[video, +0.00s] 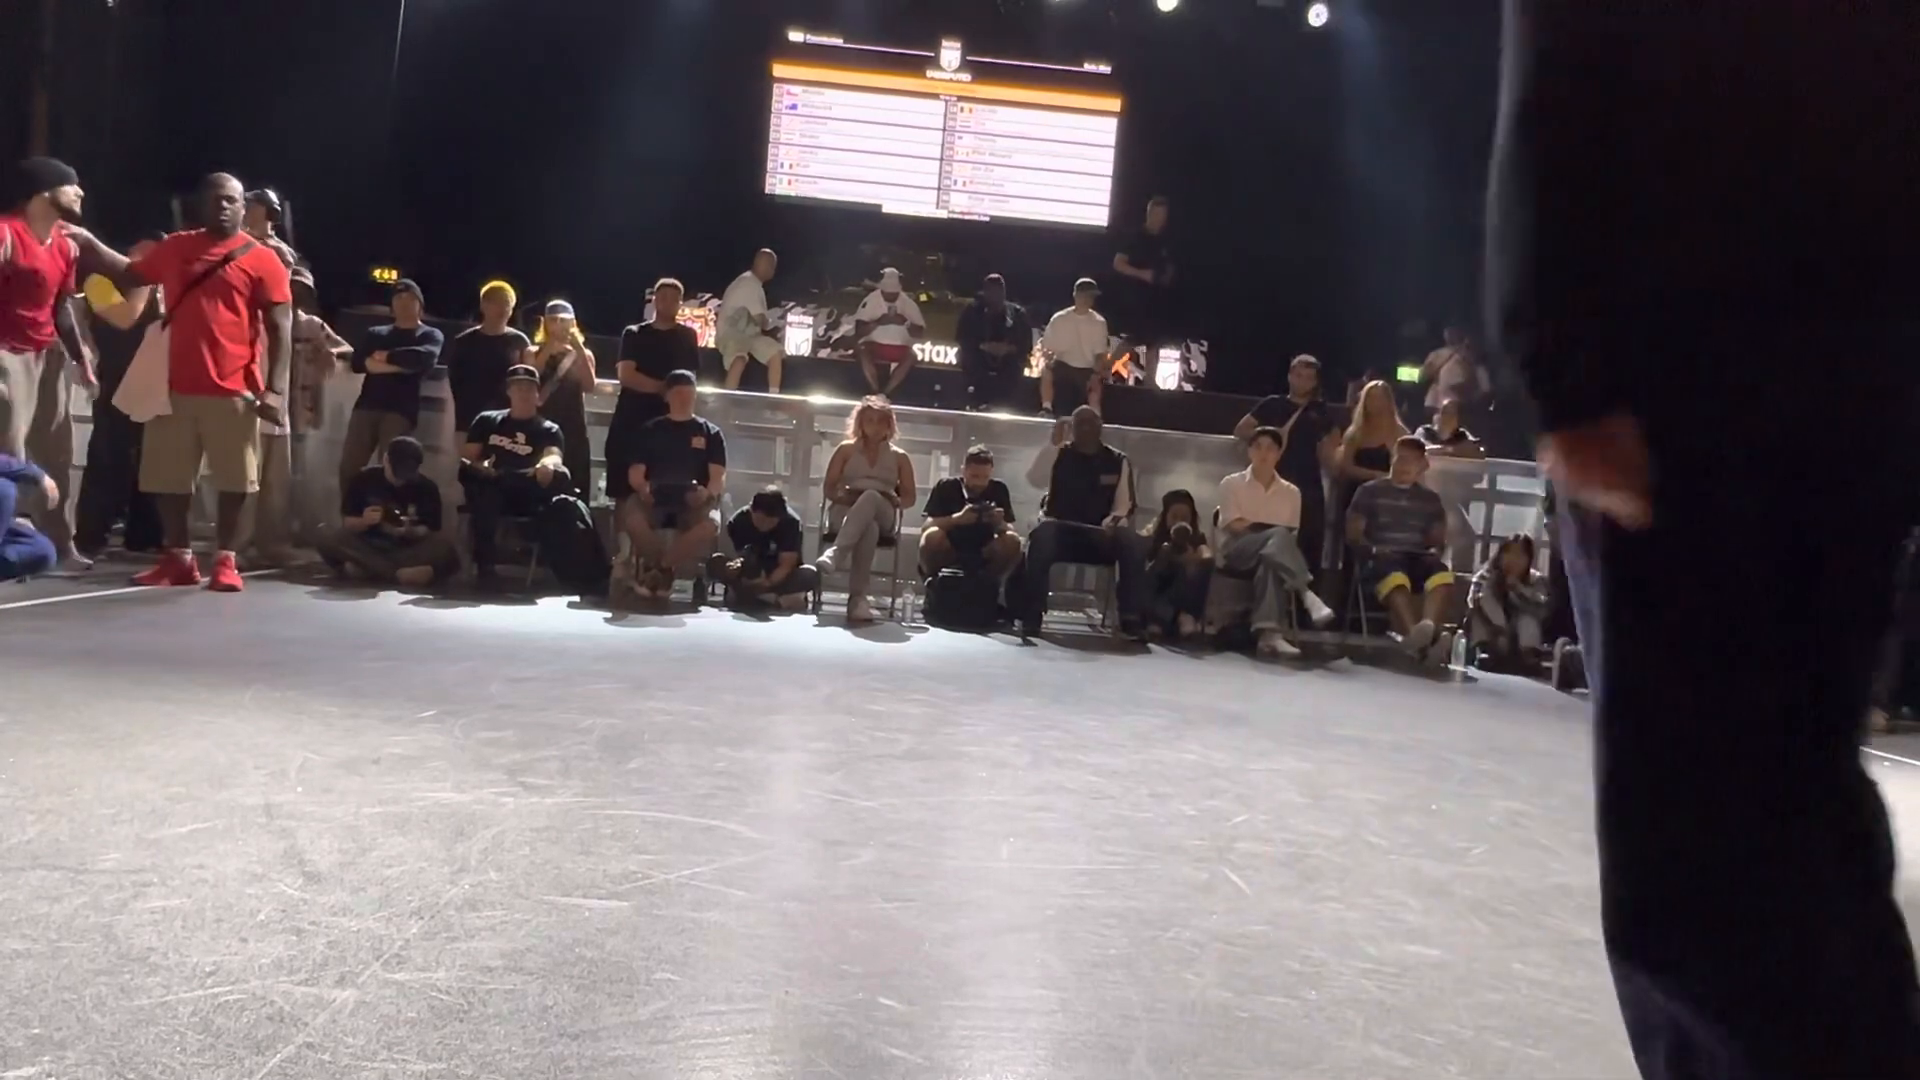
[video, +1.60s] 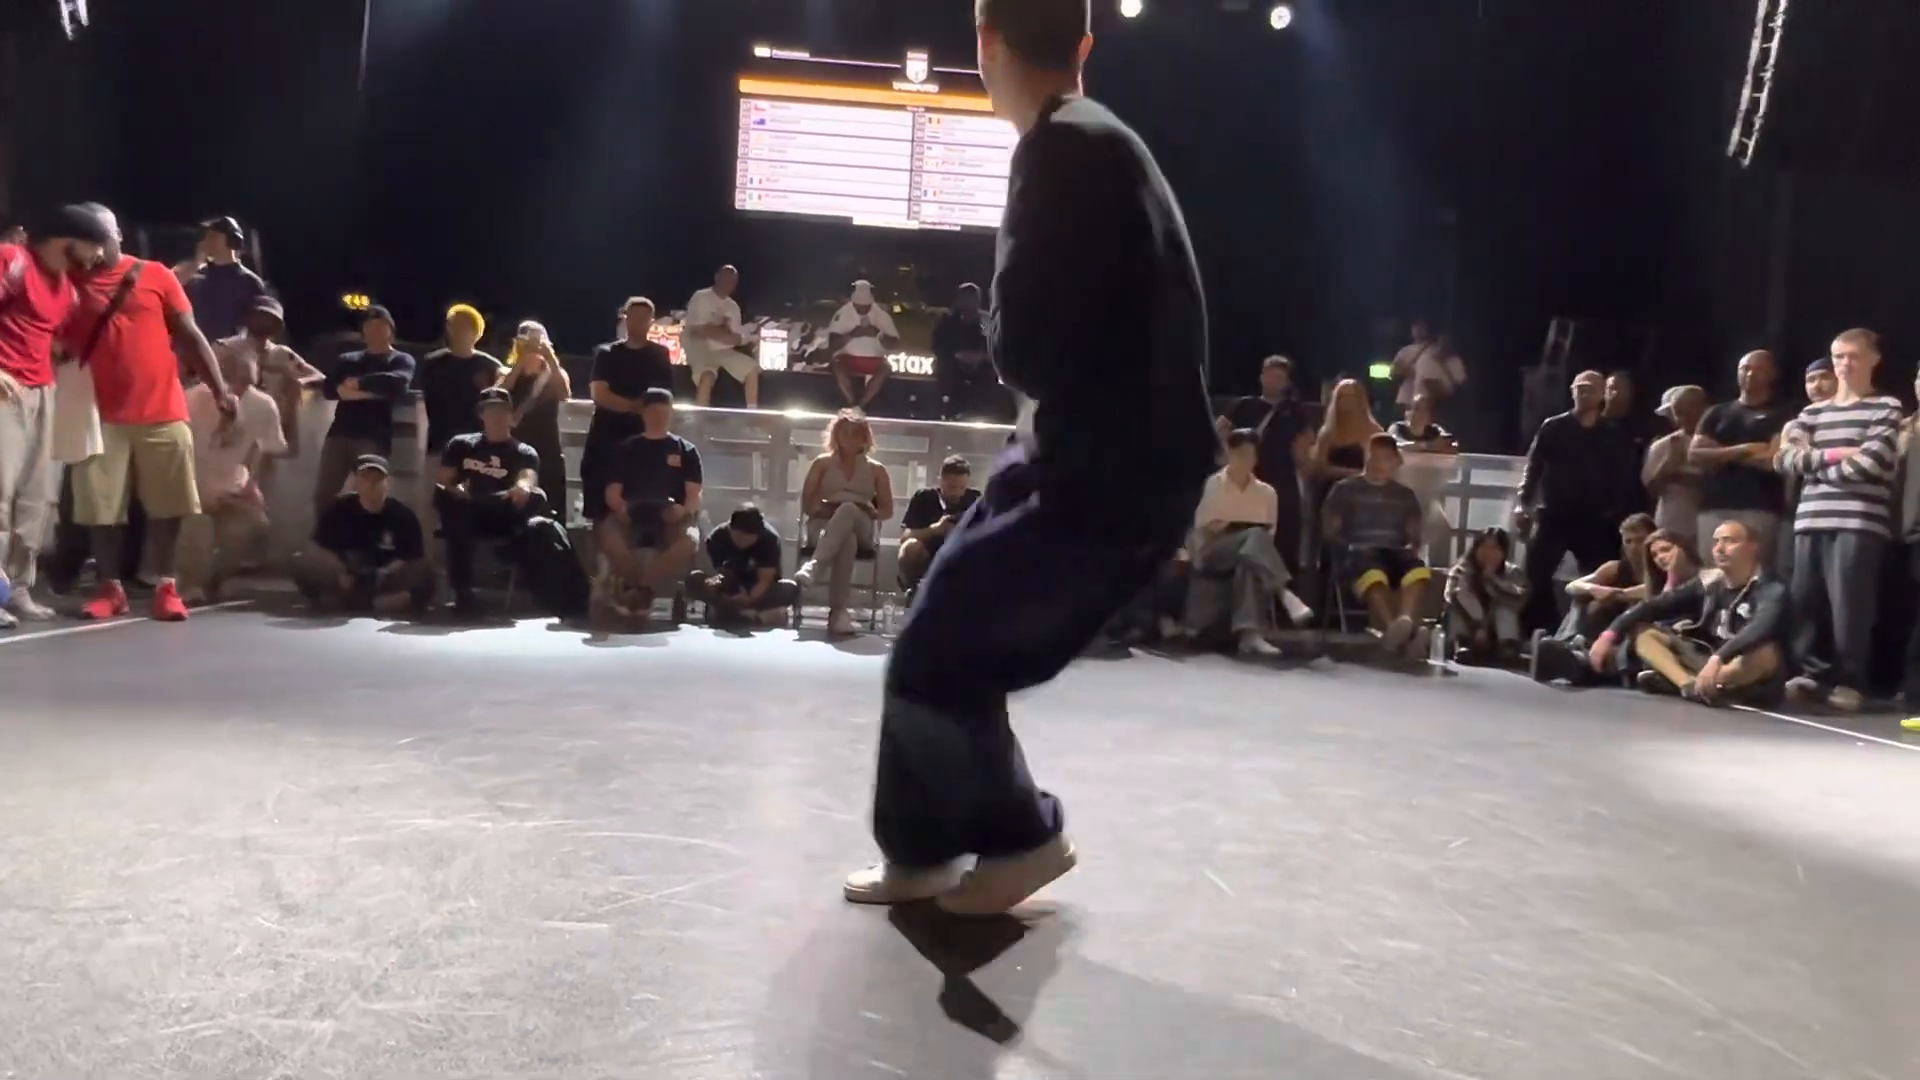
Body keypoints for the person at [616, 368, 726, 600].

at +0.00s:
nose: (683, 397)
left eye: (688, 391)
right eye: (678, 392)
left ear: (695, 395)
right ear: (667, 396)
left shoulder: (710, 432)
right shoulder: (649, 430)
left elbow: (717, 477)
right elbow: (635, 472)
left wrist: (706, 494)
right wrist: (645, 490)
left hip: (692, 493)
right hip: (656, 491)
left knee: (707, 527)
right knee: (633, 515)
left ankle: (658, 570)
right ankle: (663, 572)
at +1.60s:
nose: (658, 416)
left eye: (663, 409)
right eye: (653, 410)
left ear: (670, 412)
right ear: (643, 413)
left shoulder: (686, 451)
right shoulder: (623, 449)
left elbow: (694, 497)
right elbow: (612, 492)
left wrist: (681, 512)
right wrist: (627, 513)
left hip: (670, 512)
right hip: (632, 511)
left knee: (689, 541)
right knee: (608, 530)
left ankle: (642, 586)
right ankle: (639, 588)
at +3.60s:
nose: (672, 434)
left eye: (676, 429)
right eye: (666, 429)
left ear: (683, 431)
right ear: (656, 431)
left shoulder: (699, 467)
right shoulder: (639, 467)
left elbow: (709, 511)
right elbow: (627, 509)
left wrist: (699, 527)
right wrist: (636, 528)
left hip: (685, 527)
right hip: (649, 528)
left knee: (705, 558)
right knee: (623, 551)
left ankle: (656, 606)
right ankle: (659, 607)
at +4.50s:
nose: (682, 422)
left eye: (687, 417)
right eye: (677, 417)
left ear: (694, 421)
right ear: (666, 420)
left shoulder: (709, 456)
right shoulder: (649, 456)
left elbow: (718, 499)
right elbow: (637, 499)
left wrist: (708, 517)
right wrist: (648, 517)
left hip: (694, 519)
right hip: (659, 518)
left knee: (714, 550)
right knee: (637, 544)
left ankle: (670, 598)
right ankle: (665, 596)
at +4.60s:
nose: (683, 422)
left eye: (688, 417)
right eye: (677, 417)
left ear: (695, 420)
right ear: (667, 419)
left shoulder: (711, 456)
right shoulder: (650, 456)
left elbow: (719, 501)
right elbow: (639, 498)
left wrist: (709, 517)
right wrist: (648, 516)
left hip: (695, 519)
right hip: (660, 519)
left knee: (716, 546)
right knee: (638, 536)